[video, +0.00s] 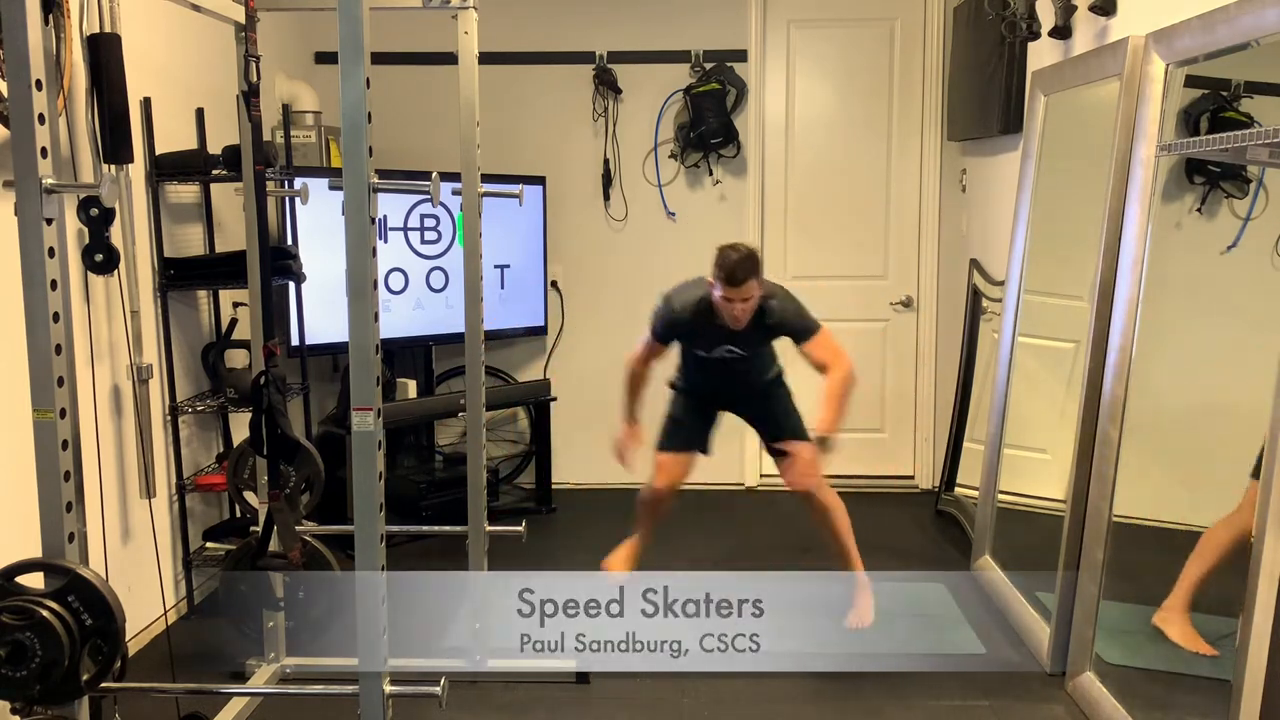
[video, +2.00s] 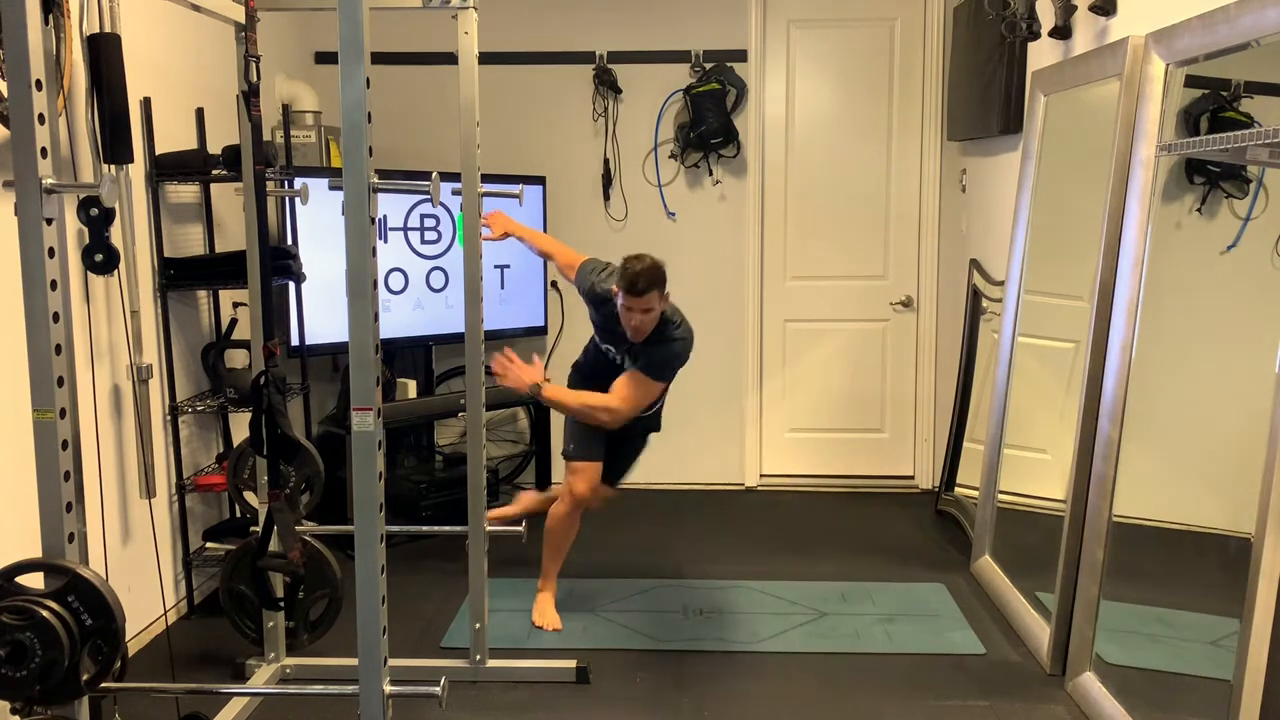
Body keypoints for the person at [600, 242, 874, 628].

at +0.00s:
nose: (738, 311)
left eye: (747, 301)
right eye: (728, 301)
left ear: (760, 287)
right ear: (713, 288)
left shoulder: (778, 306)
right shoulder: (681, 308)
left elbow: (841, 368)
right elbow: (640, 362)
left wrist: (824, 432)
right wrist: (631, 421)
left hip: (760, 389)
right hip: (697, 390)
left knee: (807, 482)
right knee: (661, 488)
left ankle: (859, 577)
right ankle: (637, 544)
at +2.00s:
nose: (635, 321)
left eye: (645, 312)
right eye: (627, 310)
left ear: (664, 302)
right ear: (616, 296)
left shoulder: (675, 338)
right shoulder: (601, 285)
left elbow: (615, 410)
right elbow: (560, 257)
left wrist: (540, 388)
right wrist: (514, 228)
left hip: (639, 409)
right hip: (590, 385)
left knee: (597, 495)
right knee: (577, 491)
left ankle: (531, 502)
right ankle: (546, 592)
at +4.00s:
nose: (626, 348)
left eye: (635, 339)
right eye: (617, 339)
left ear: (648, 325)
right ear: (601, 322)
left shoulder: (661, 355)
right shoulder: (582, 308)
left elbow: (623, 444)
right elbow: (511, 282)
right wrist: (447, 267)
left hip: (616, 421)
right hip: (573, 398)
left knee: (580, 504)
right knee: (556, 489)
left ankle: (523, 520)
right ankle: (545, 589)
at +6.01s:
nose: (657, 324)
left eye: (664, 313)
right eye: (646, 315)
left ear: (673, 302)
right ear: (625, 304)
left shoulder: (697, 328)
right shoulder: (598, 319)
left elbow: (770, 381)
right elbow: (513, 347)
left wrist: (780, 454)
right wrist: (489, 419)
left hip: (666, 411)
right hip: (604, 407)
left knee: (687, 514)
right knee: (585, 501)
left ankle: (692, 530)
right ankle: (573, 601)